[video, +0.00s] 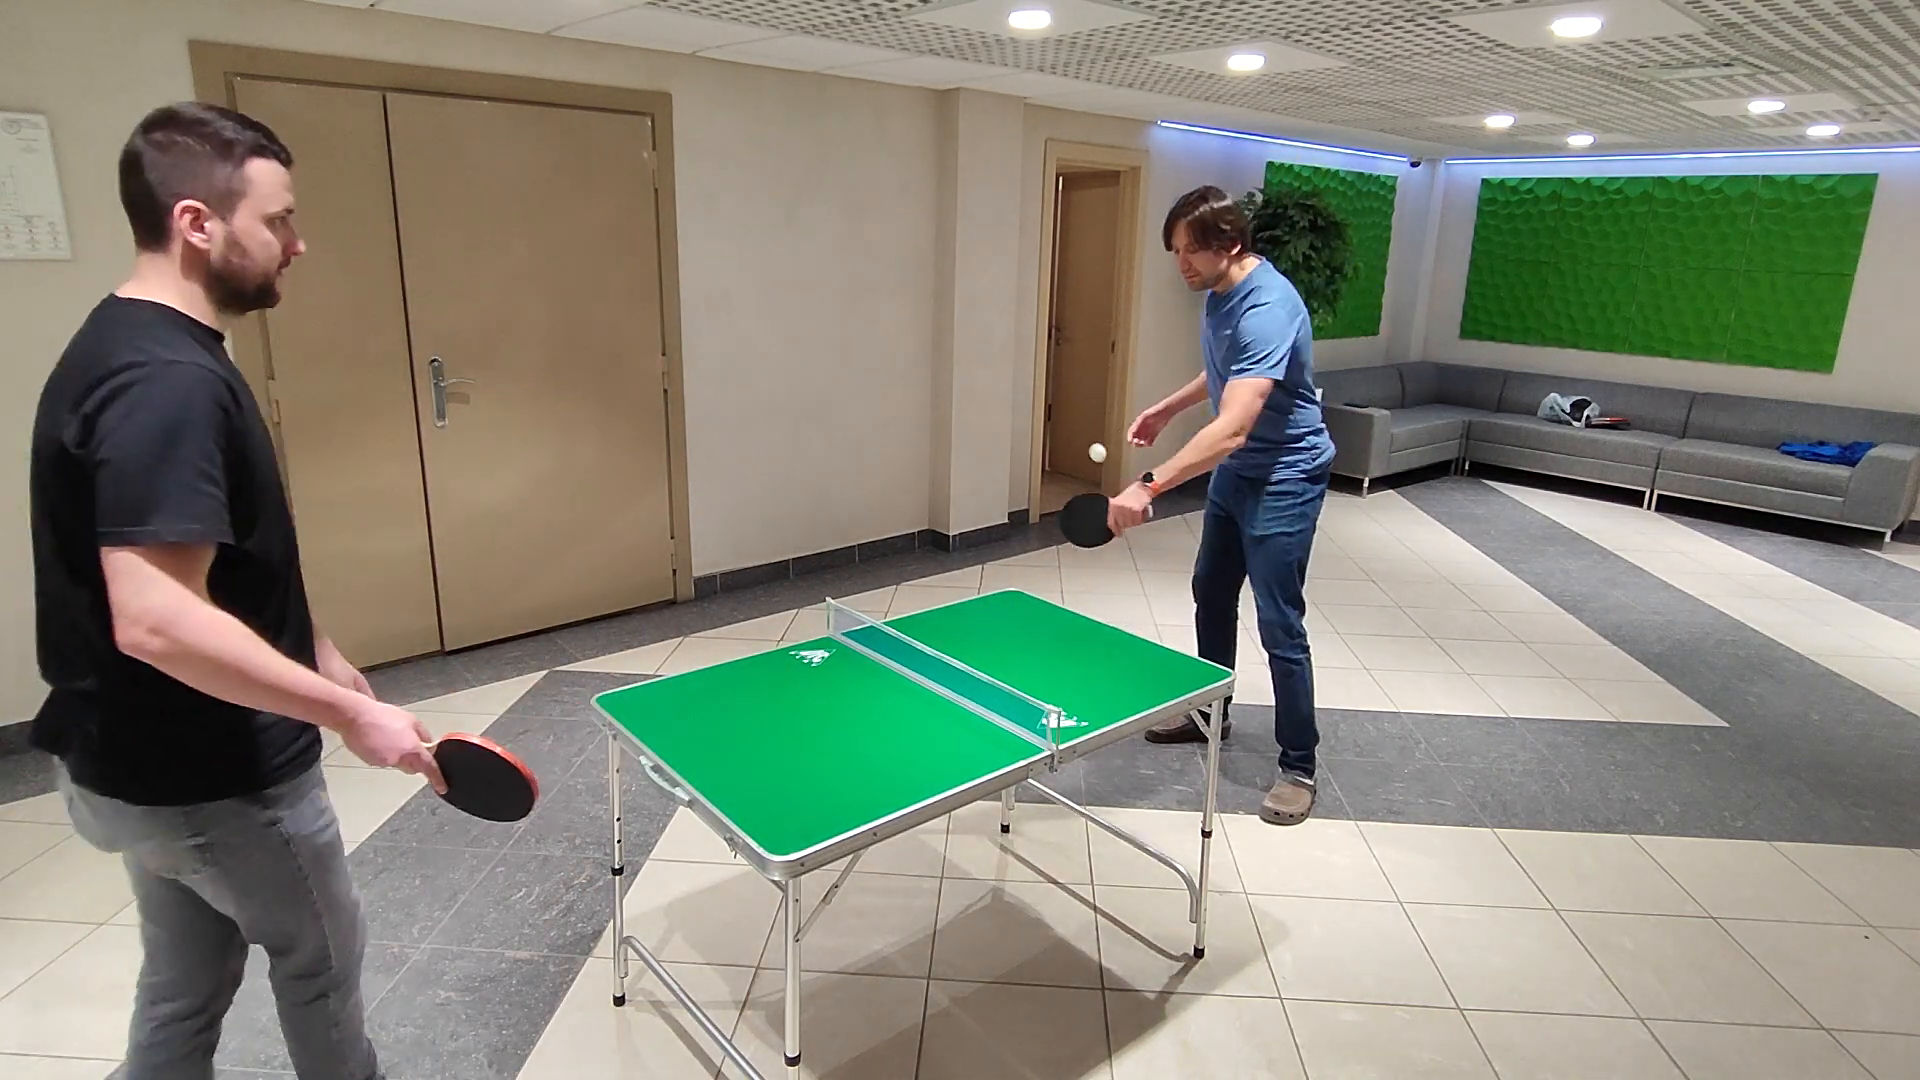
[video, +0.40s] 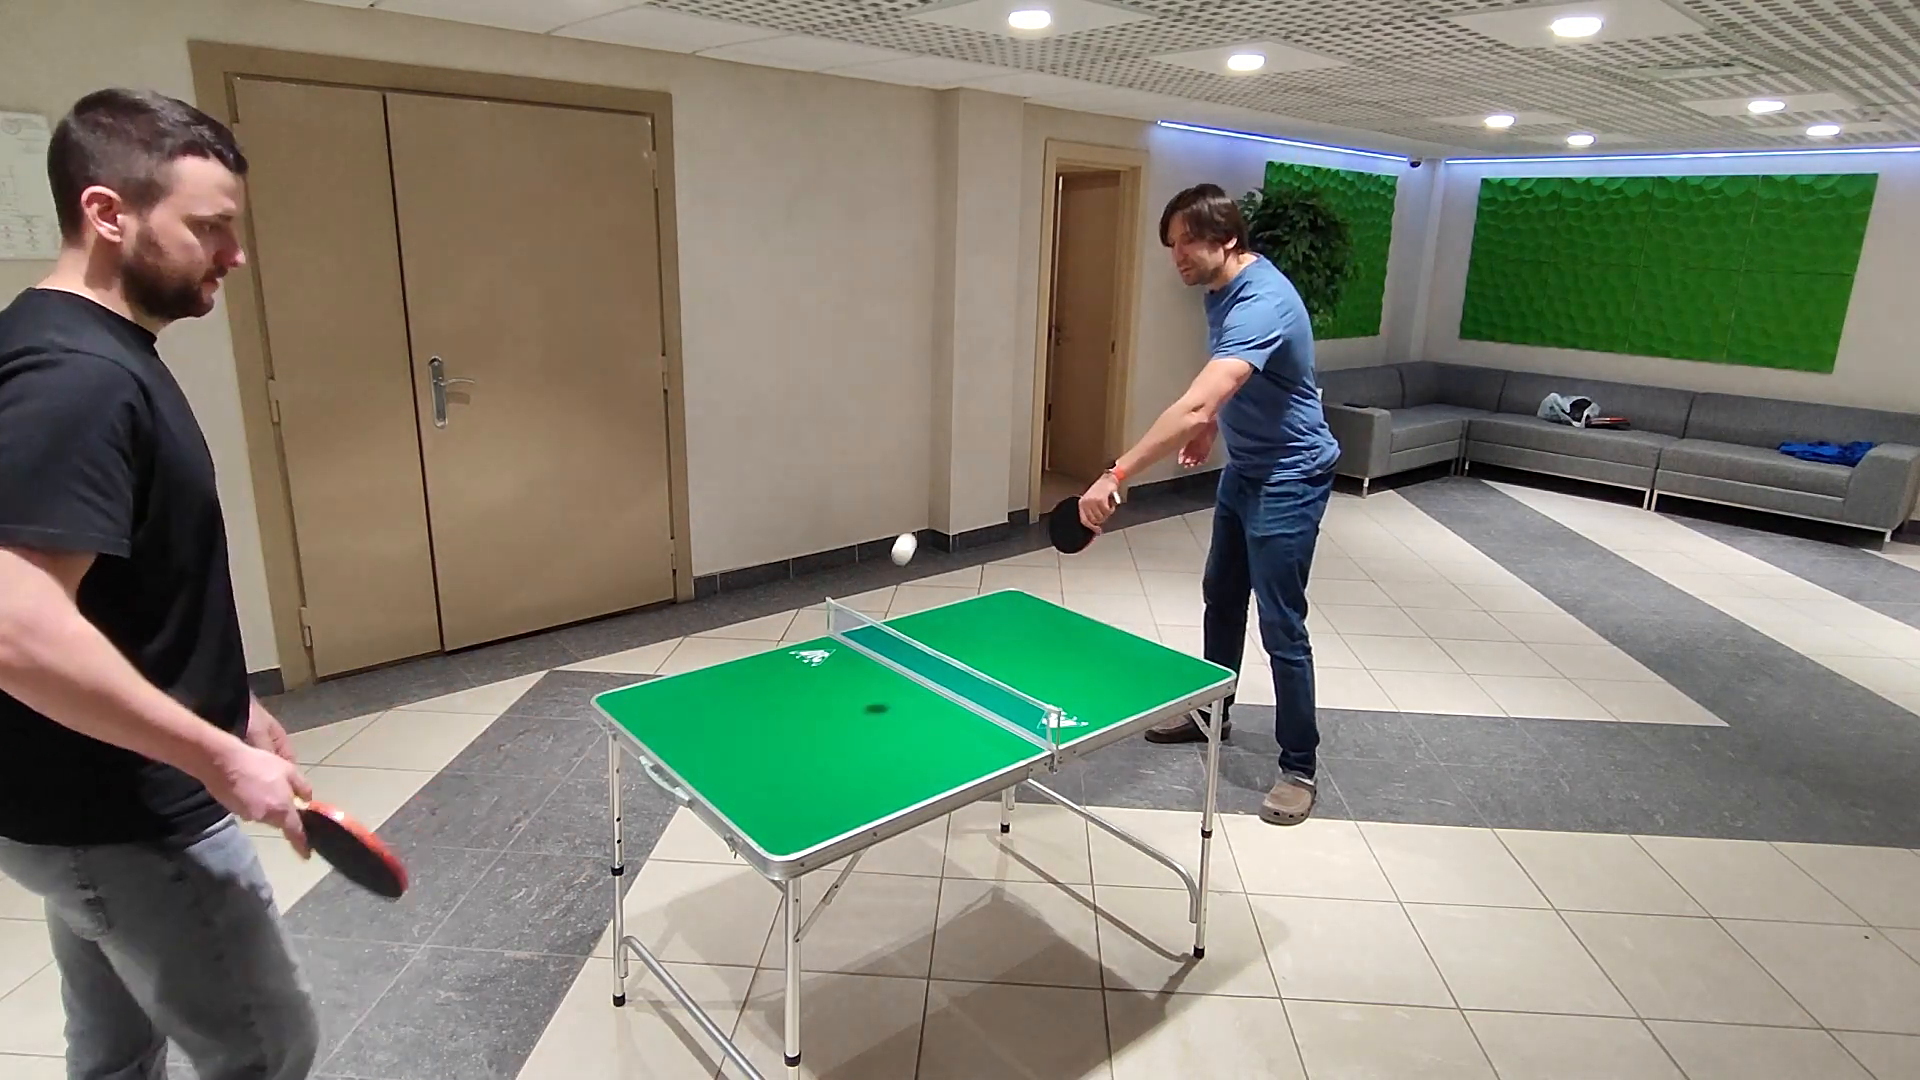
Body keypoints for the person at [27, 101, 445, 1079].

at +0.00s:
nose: (295, 246)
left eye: (293, 222)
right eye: (278, 221)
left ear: (196, 228)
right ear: (196, 225)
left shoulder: (121, 343)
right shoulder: (171, 374)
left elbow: (230, 559)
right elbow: (151, 617)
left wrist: (327, 666)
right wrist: (352, 712)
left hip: (140, 774)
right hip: (230, 782)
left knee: (180, 999)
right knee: (321, 963)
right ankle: (343, 1073)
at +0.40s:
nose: (233, 258)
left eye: (233, 232)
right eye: (208, 228)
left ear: (113, 221)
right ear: (107, 213)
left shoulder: (83, 344)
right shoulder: (78, 372)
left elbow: (126, 591)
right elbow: (19, 626)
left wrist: (242, 713)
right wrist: (218, 759)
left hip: (76, 807)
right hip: (134, 822)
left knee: (114, 1053)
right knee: (267, 1051)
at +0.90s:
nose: (248, 271)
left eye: (249, 243)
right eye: (228, 238)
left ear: (114, 220)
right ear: (118, 216)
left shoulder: (29, 338)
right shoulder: (107, 411)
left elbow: (95, 573)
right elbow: (245, 655)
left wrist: (239, 676)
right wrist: (477, 698)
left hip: (62, 845)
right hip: (125, 874)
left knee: (165, 1059)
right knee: (182, 1070)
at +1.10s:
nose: (227, 253)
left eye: (226, 224)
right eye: (208, 218)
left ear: (99, 212)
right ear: (104, 209)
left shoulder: (15, 342)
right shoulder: (125, 394)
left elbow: (62, 577)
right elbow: (299, 610)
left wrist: (217, 682)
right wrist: (506, 639)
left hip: (39, 825)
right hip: (128, 851)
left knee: (144, 1056)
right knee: (170, 1067)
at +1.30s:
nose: (210, 247)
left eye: (208, 219)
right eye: (193, 215)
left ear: (92, 210)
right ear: (97, 210)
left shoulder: (14, 343)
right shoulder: (116, 384)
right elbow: (208, 635)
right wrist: (403, 689)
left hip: (38, 822)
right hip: (139, 839)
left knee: (101, 1064)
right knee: (184, 1069)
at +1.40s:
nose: (212, 254)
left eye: (209, 227)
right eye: (194, 223)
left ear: (95, 217)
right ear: (102, 214)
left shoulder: (14, 342)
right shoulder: (106, 378)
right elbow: (165, 637)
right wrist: (341, 723)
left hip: (39, 834)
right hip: (136, 847)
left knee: (100, 1064)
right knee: (207, 1067)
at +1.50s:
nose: (223, 266)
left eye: (224, 240)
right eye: (210, 234)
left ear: (117, 224)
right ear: (124, 223)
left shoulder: (18, 343)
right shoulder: (102, 374)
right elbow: (134, 639)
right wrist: (299, 748)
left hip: (39, 836)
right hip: (132, 850)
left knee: (106, 1069)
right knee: (237, 1066)